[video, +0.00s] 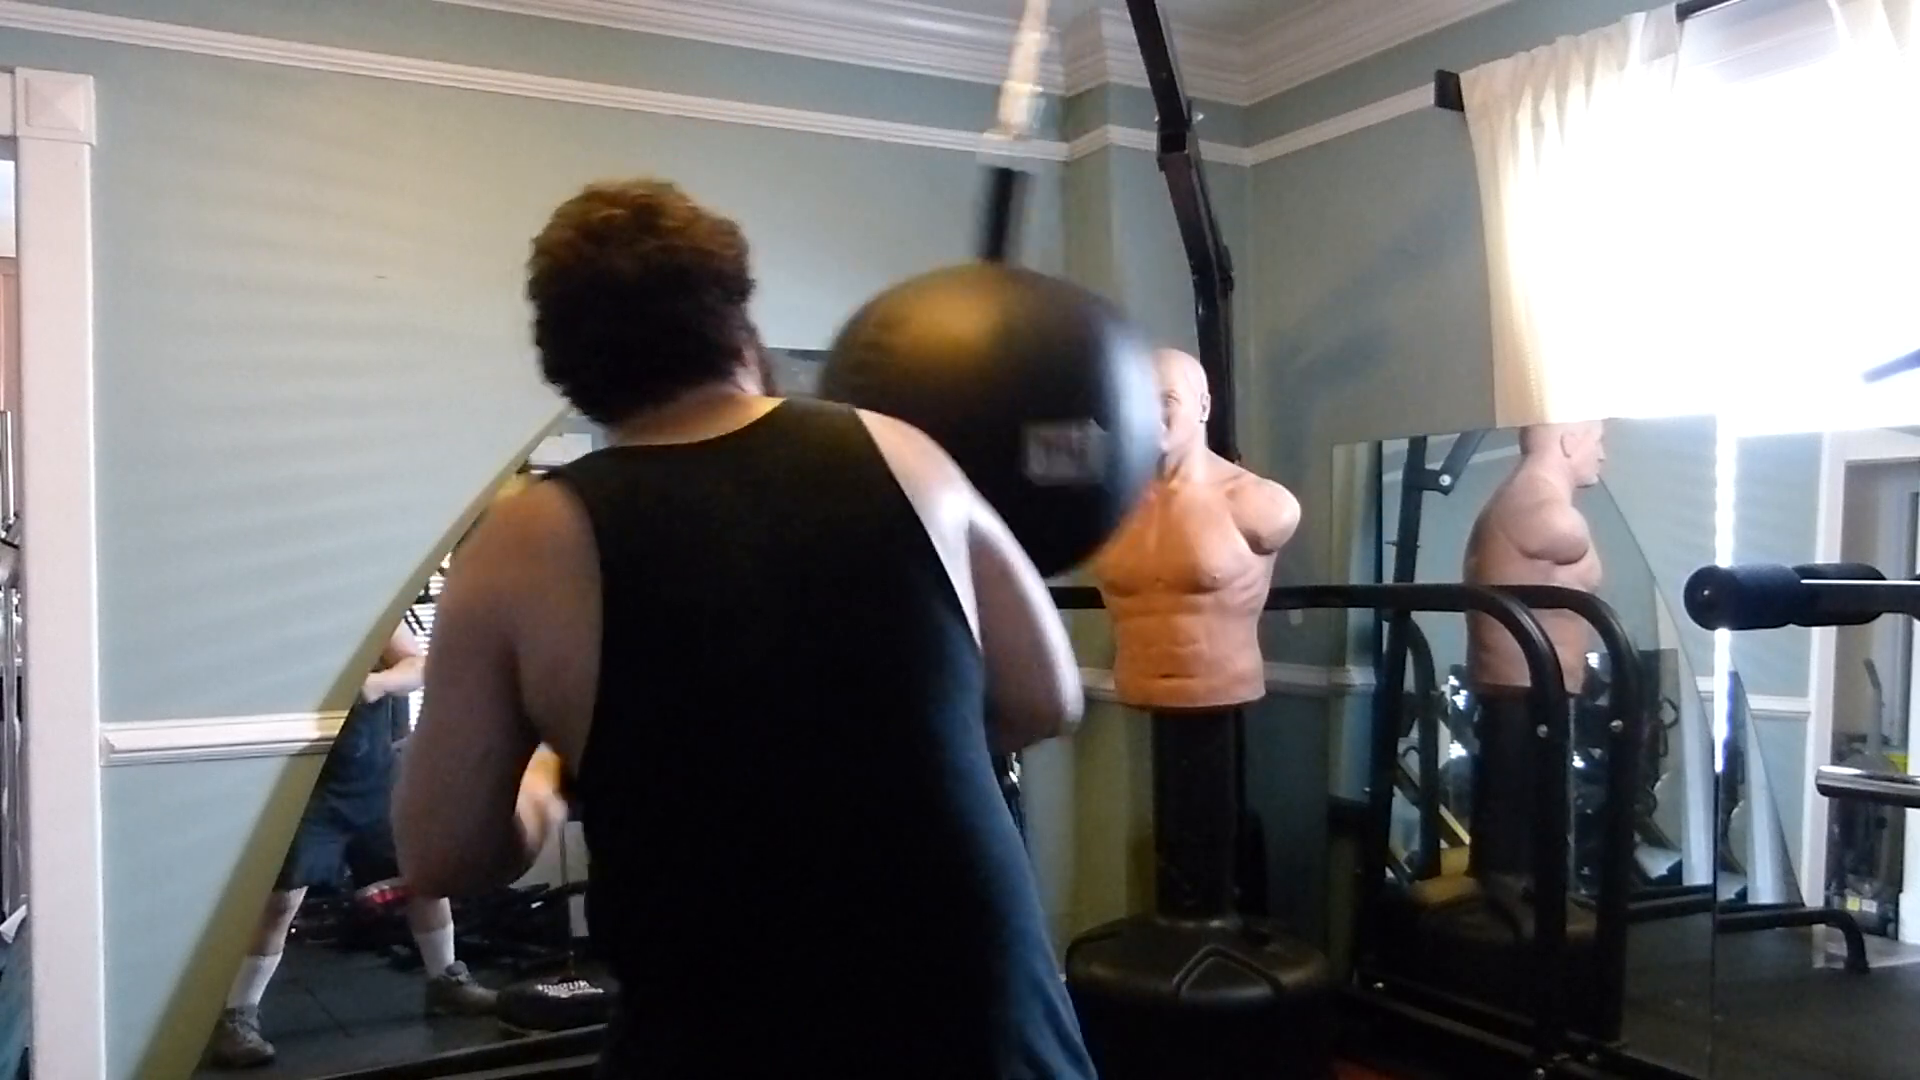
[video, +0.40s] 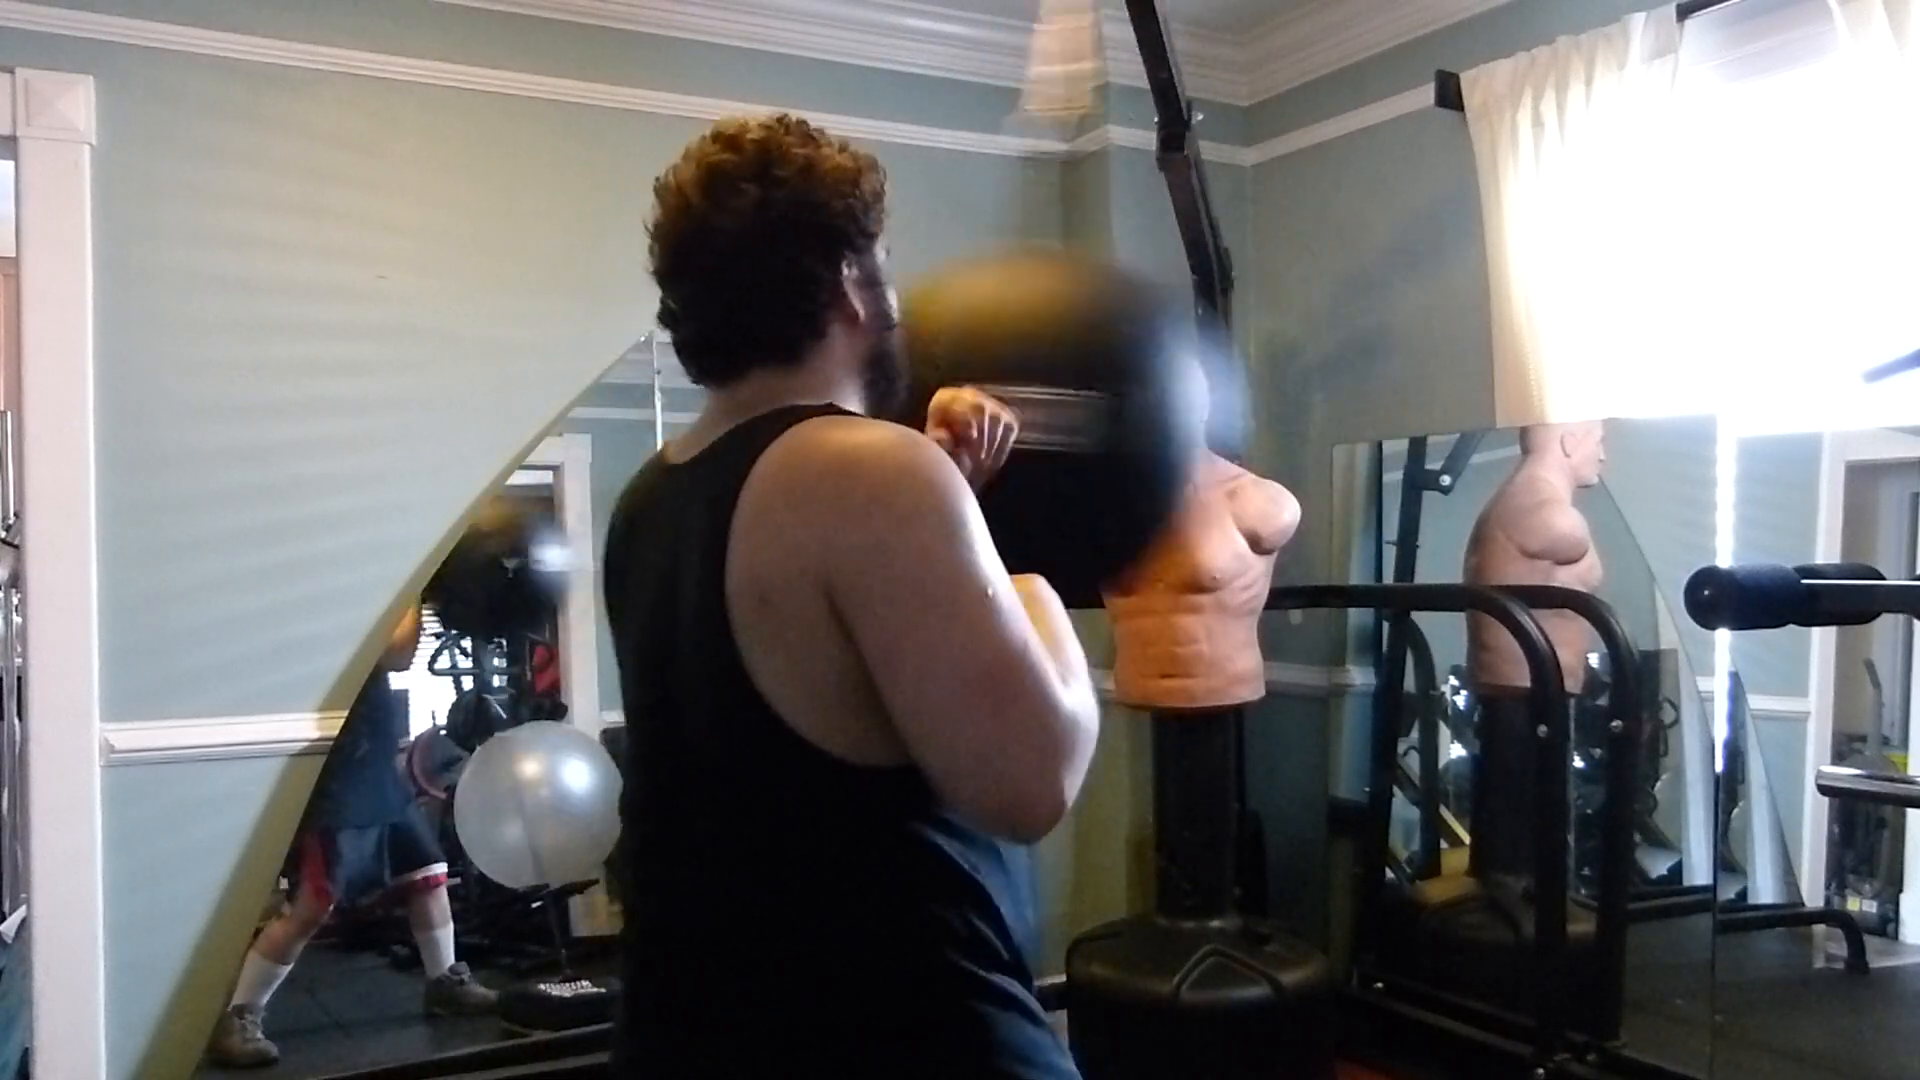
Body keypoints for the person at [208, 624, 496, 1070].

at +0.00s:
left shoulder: (369, 612)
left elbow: (419, 664)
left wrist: (380, 681)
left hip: (382, 783)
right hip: (310, 792)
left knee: (425, 870)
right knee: (281, 898)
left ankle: (447, 979)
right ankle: (240, 1015)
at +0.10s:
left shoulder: (377, 598)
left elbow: (416, 654)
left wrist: (397, 674)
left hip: (385, 768)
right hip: (325, 777)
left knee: (433, 876)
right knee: (298, 894)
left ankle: (447, 980)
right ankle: (242, 1016)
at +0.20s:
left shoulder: (385, 602)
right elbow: (401, 642)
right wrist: (464, 588)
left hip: (392, 776)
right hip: (340, 777)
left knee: (435, 872)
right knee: (326, 898)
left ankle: (447, 981)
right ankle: (245, 1015)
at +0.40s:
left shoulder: (386, 588)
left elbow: (400, 655)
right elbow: (397, 654)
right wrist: (411, 589)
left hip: (385, 775)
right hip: (337, 779)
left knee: (427, 876)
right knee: (311, 907)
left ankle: (445, 982)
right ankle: (241, 1016)